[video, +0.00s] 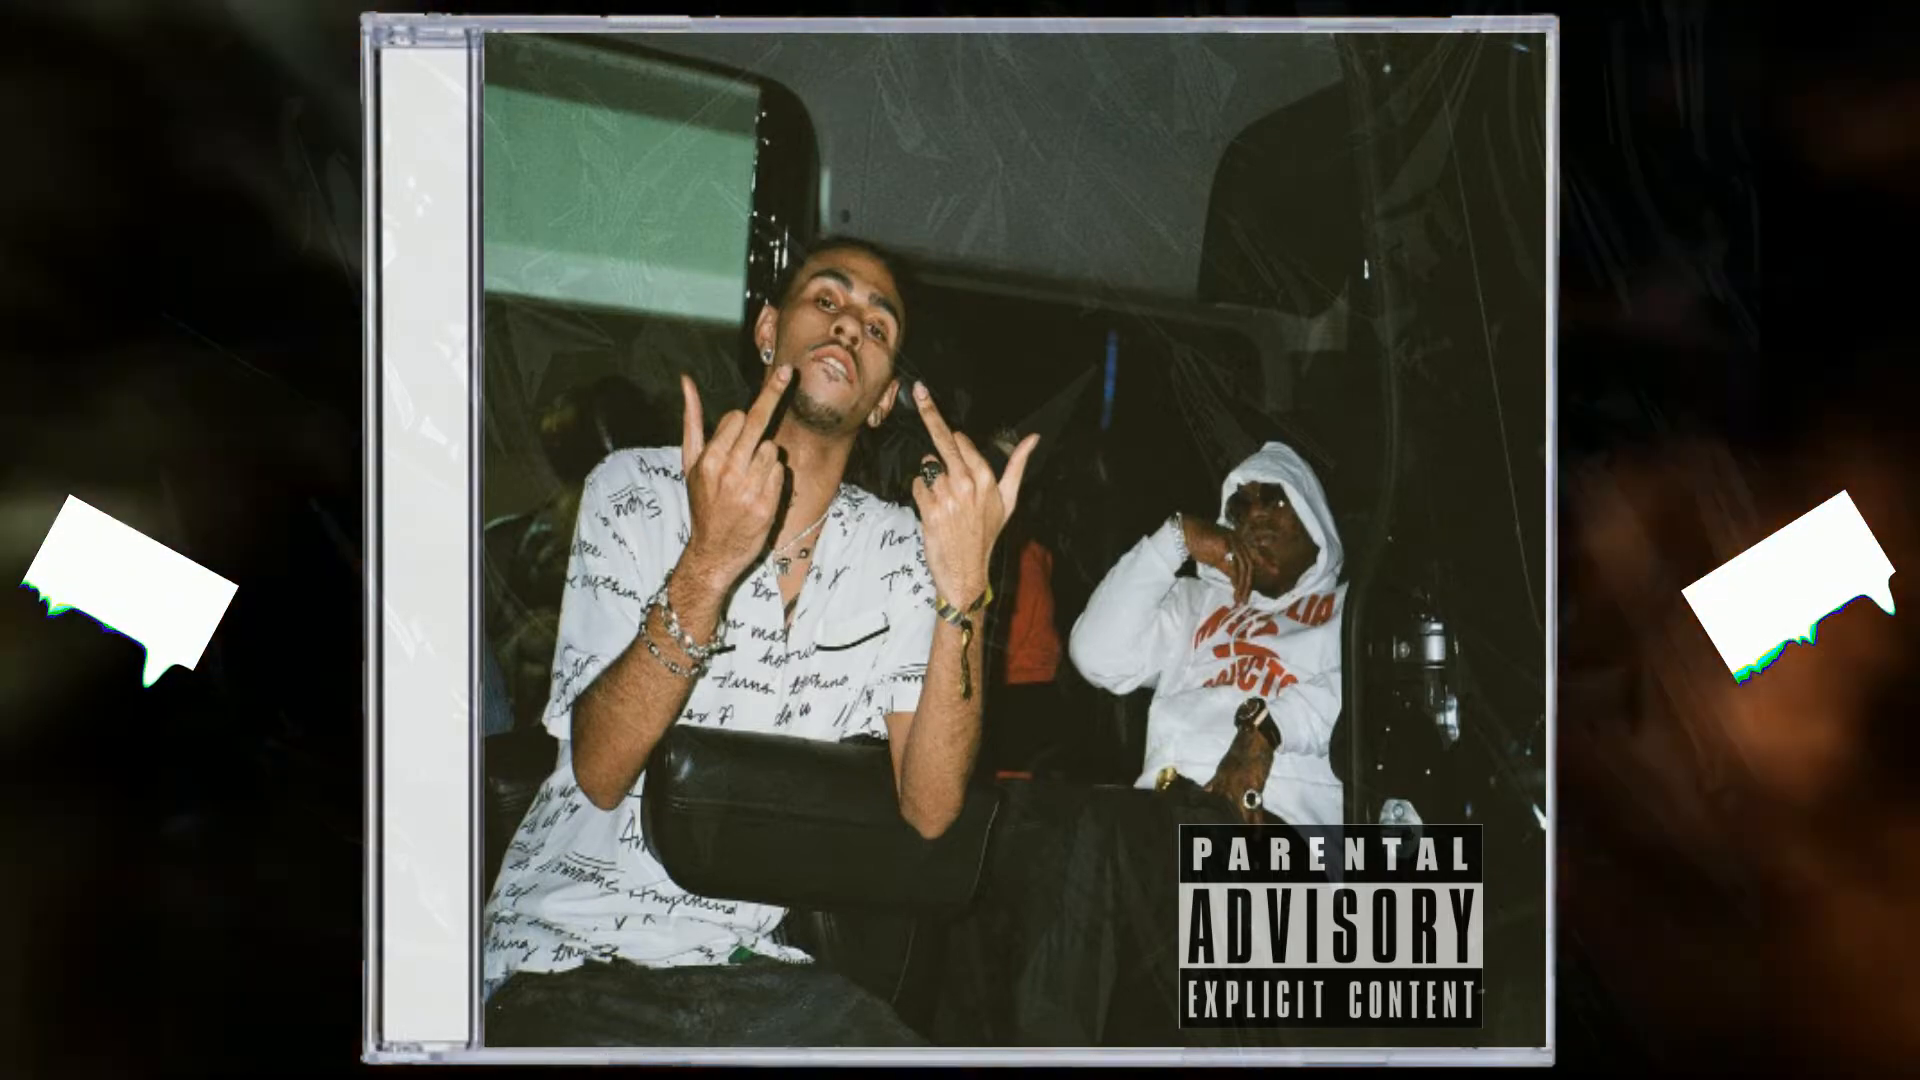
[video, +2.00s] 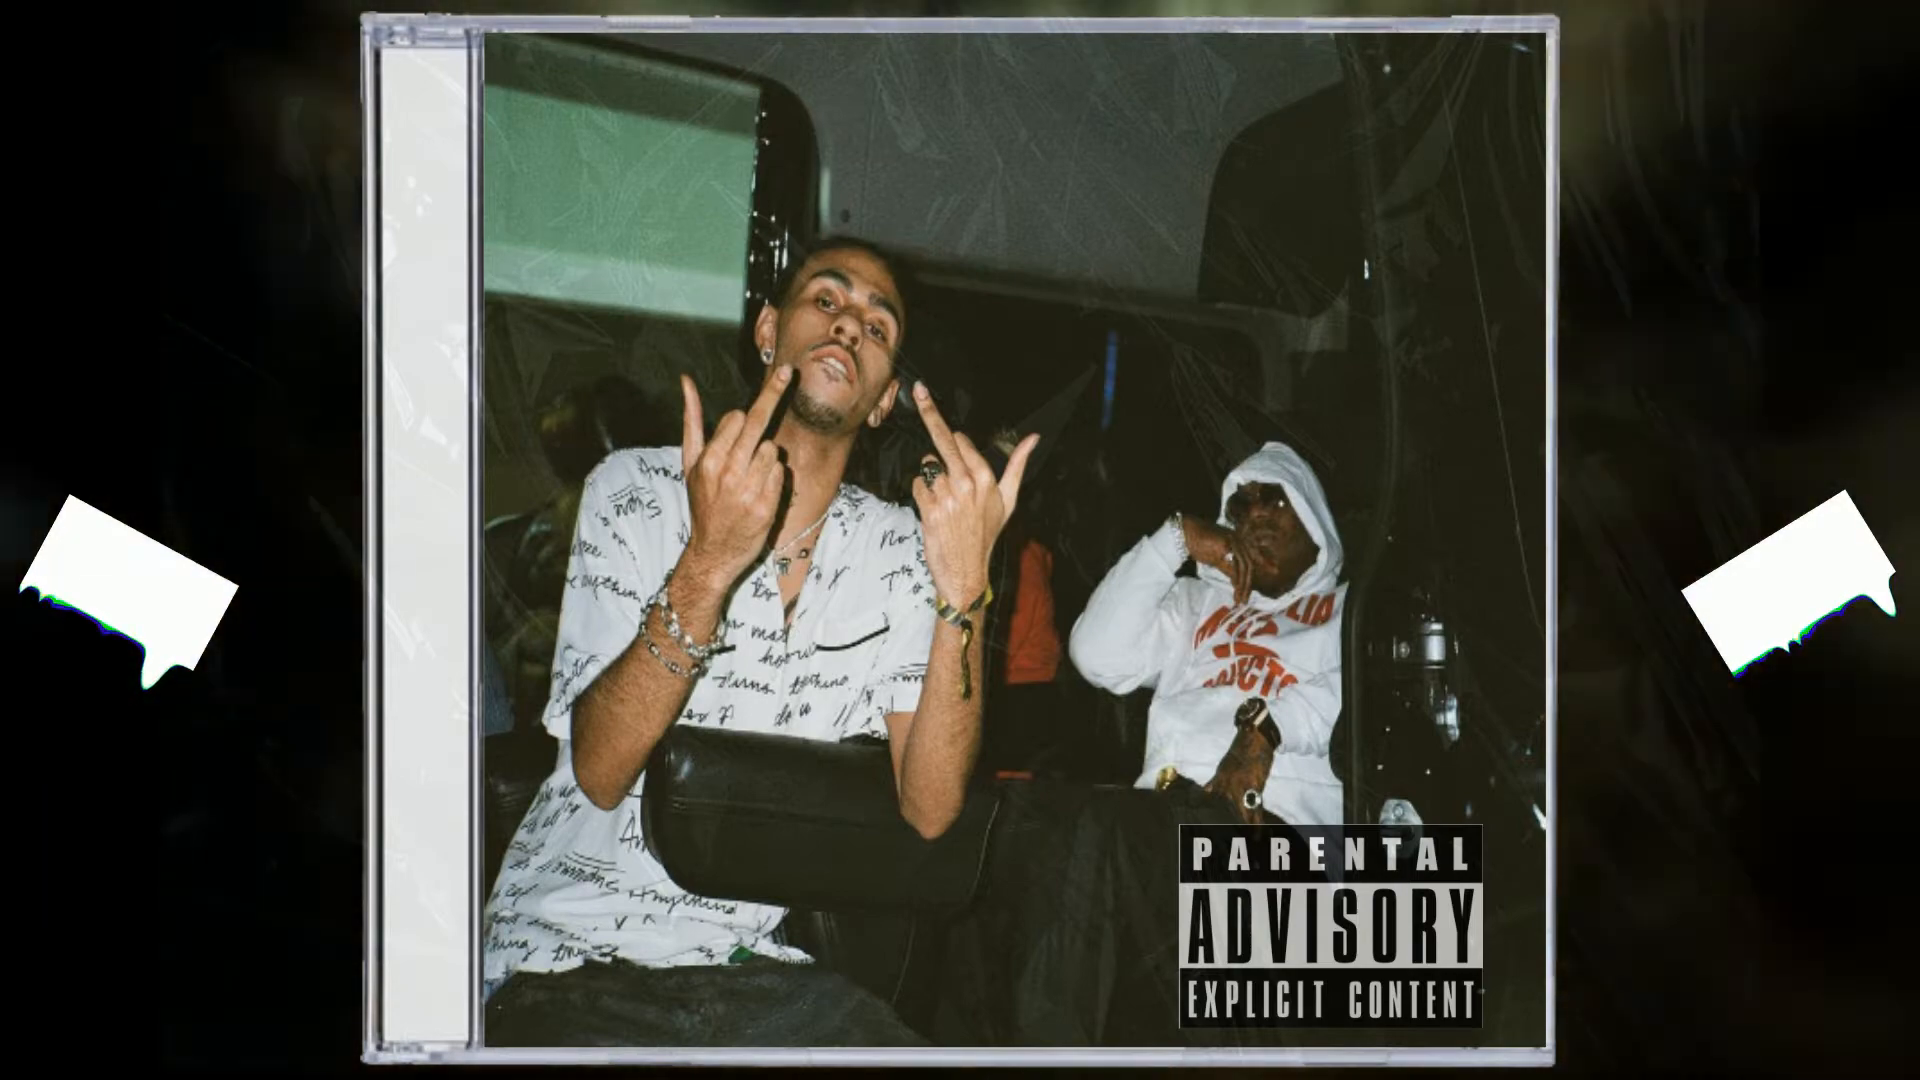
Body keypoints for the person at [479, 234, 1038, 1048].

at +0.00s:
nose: (852, 323)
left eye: (878, 323)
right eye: (826, 299)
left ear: (886, 396)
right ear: (766, 332)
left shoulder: (902, 550)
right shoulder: (638, 490)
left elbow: (930, 809)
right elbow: (601, 770)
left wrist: (965, 593)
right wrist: (709, 564)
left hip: (754, 956)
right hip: (568, 943)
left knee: (905, 1060)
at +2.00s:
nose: (851, 322)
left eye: (878, 323)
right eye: (826, 298)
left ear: (886, 395)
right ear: (767, 332)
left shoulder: (903, 550)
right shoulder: (638, 490)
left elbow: (931, 809)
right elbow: (601, 770)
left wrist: (965, 594)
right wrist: (710, 564)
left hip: (752, 955)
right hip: (568, 943)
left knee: (906, 1060)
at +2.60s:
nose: (851, 323)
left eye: (878, 323)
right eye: (826, 299)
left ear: (887, 395)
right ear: (767, 333)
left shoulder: (903, 550)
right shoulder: (638, 490)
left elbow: (931, 809)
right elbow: (601, 770)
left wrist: (965, 594)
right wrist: (710, 564)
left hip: (755, 956)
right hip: (570, 944)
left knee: (904, 1059)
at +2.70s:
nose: (851, 323)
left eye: (878, 323)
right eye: (826, 298)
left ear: (886, 395)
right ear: (767, 333)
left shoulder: (903, 550)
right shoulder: (638, 490)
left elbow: (931, 809)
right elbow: (601, 770)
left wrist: (965, 594)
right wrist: (710, 564)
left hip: (752, 955)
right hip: (567, 943)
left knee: (907, 1063)